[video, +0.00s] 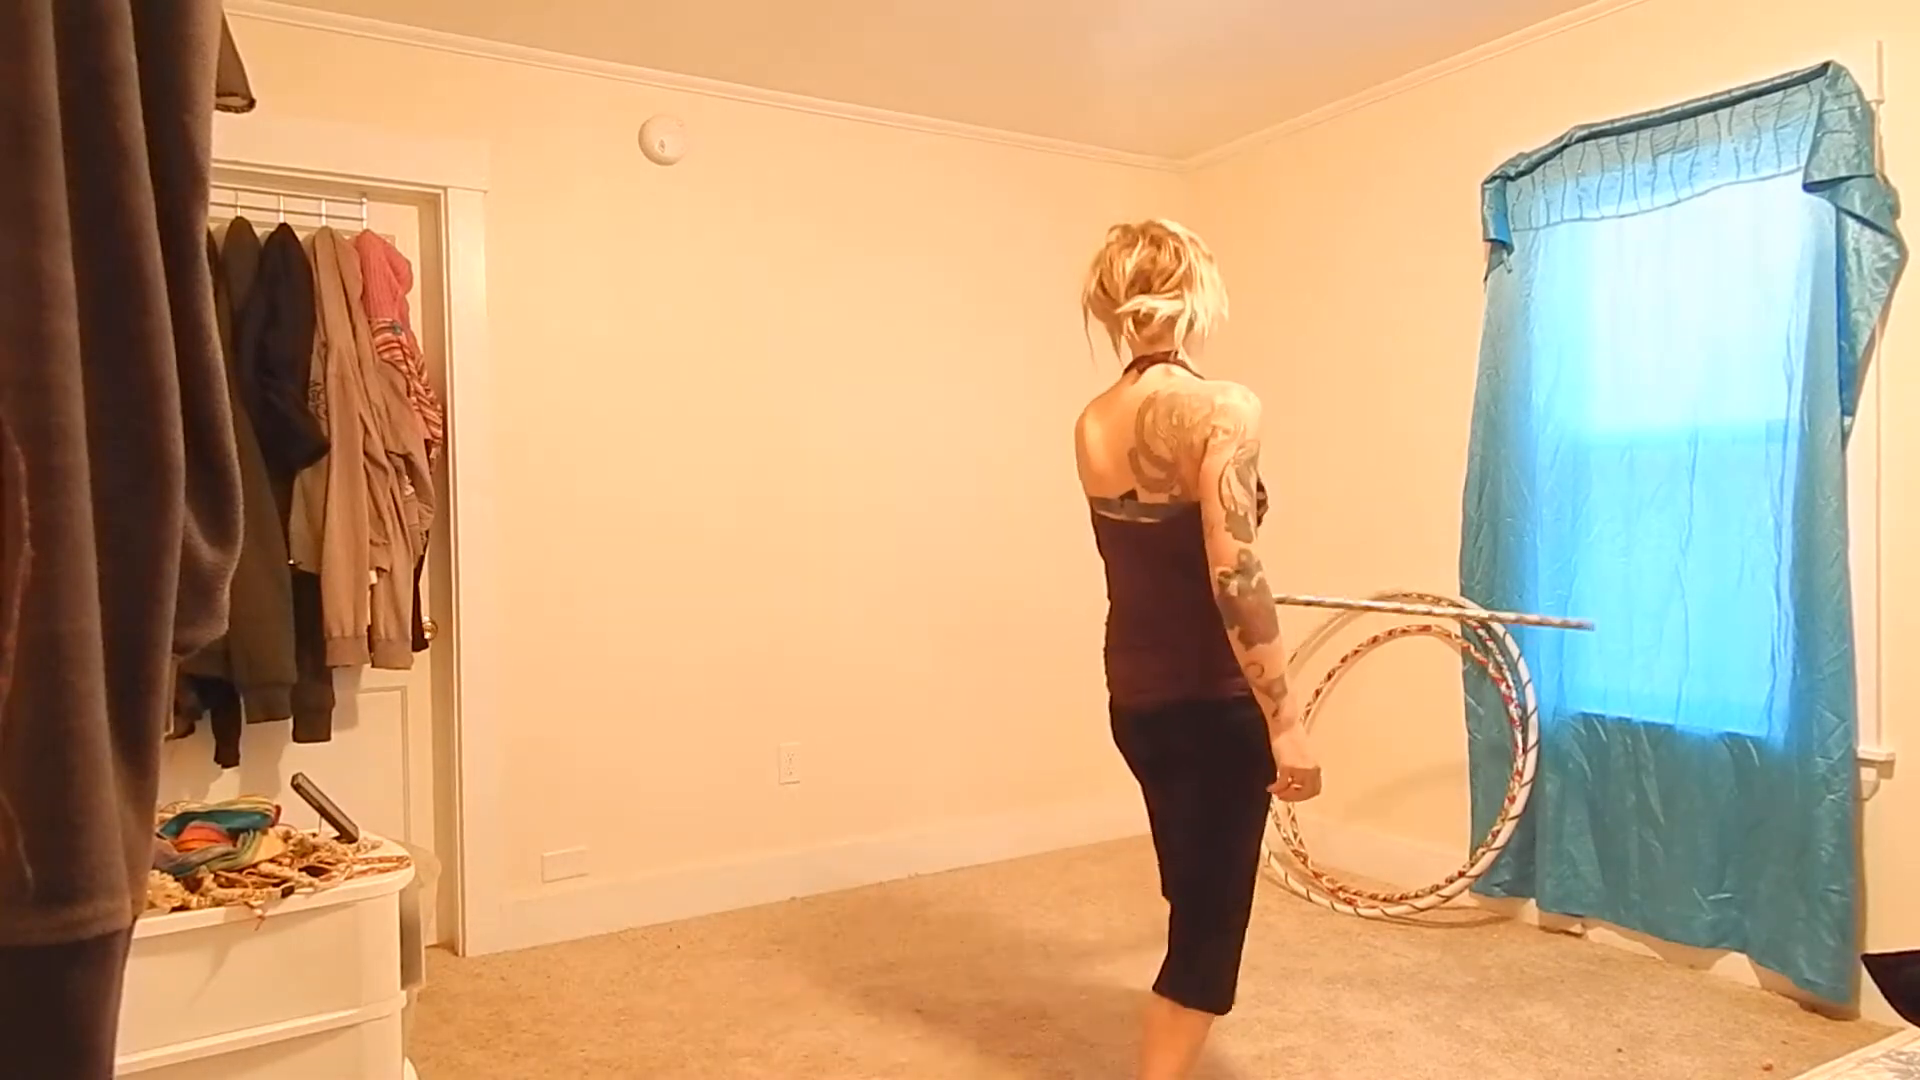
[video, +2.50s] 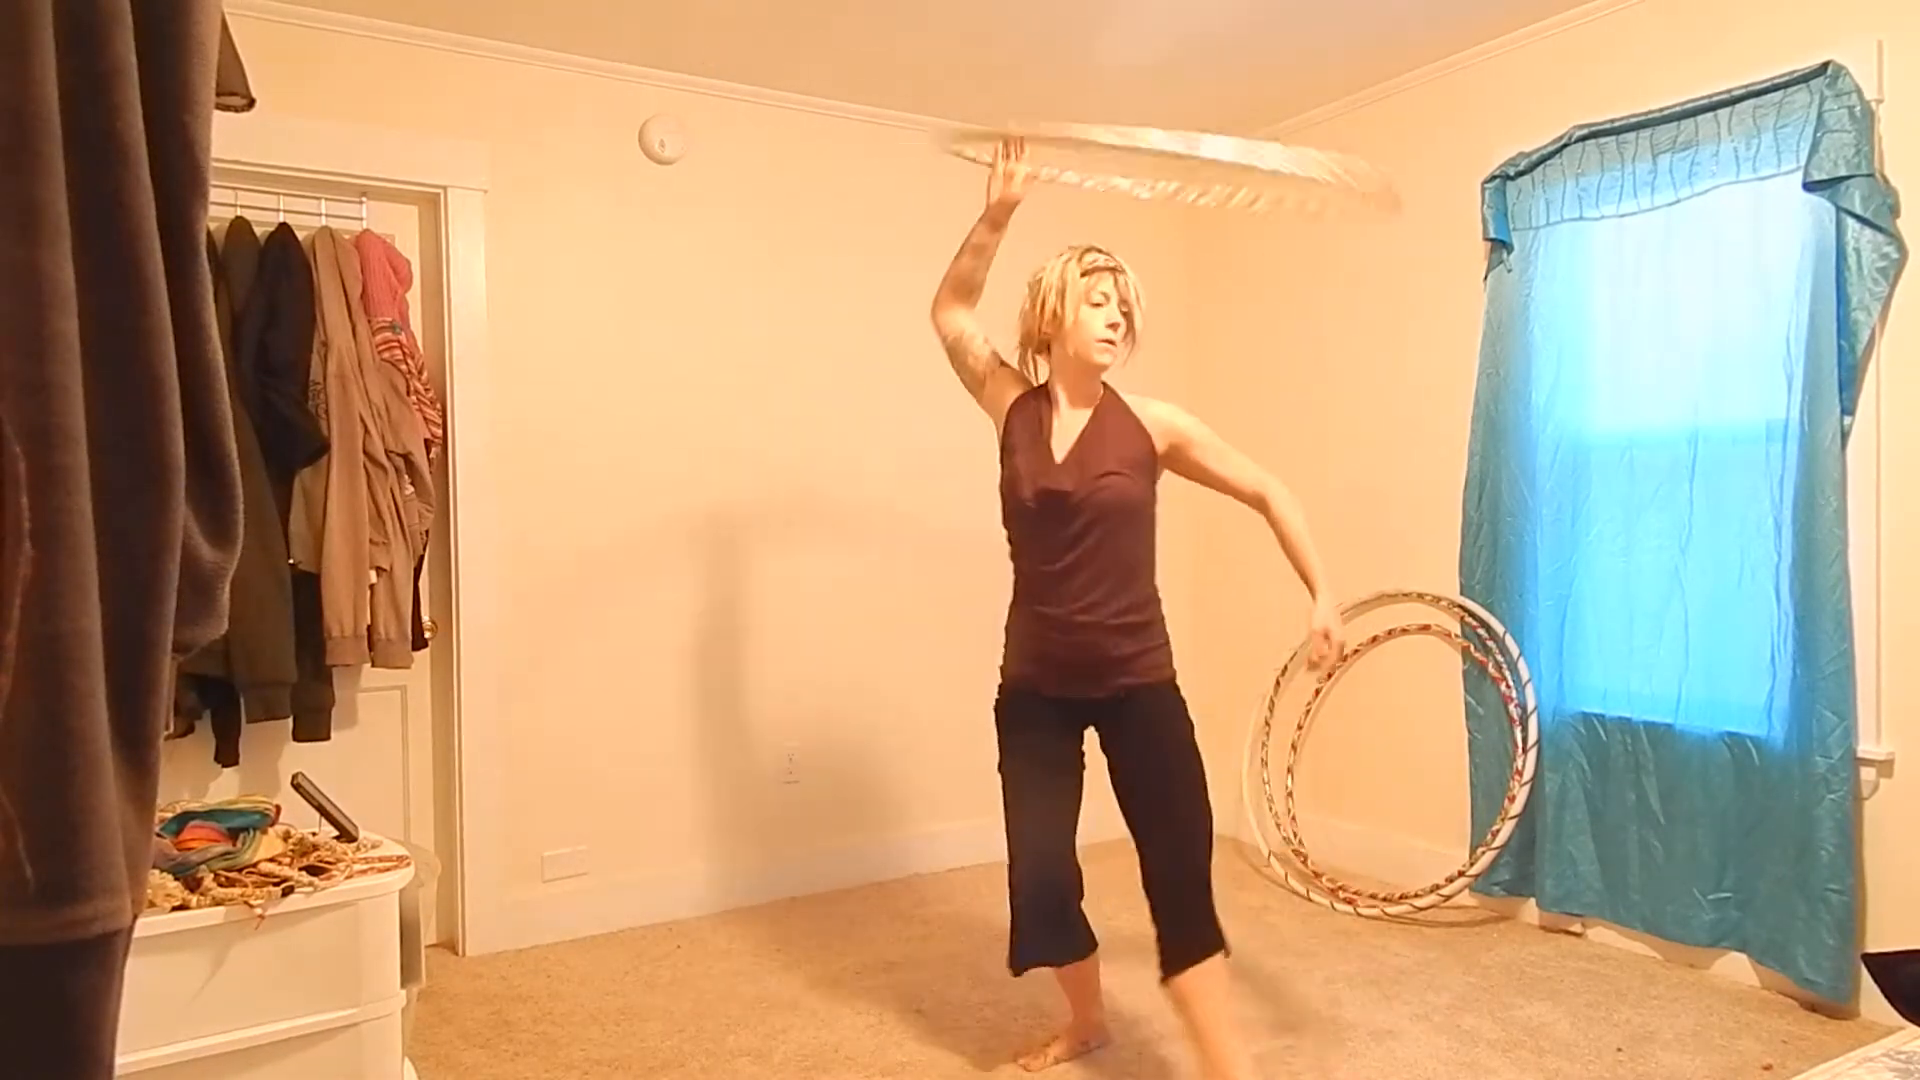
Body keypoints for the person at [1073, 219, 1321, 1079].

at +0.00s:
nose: (1199, 305)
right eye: (1198, 290)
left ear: (1111, 308)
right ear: (1196, 298)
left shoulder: (1094, 422)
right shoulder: (1215, 409)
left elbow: (1131, 574)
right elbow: (1232, 573)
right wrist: (1285, 718)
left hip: (1137, 700)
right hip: (1214, 697)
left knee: (1193, 915)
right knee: (1207, 933)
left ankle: (1180, 1059)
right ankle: (1155, 1070)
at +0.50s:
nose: (1112, 352)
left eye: (1112, 336)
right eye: (1110, 338)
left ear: (1127, 334)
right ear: (1197, 323)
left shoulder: (1108, 432)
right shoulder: (1254, 413)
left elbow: (1057, 551)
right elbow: (1300, 536)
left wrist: (998, 643)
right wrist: (1325, 643)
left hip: (1159, 656)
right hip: (1251, 643)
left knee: (1203, 811)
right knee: (1311, 769)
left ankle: (1242, 982)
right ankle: (1272, 890)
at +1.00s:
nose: (1067, 367)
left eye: (1069, 349)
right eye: (1064, 350)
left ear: (1101, 340)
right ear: (1131, 332)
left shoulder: (1143, 410)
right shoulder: (1180, 395)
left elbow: (1258, 489)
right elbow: (1294, 456)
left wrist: (1295, 594)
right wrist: (1342, 542)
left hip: (1189, 646)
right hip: (1200, 639)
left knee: (1215, 812)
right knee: (1063, 739)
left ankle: (1245, 981)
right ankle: (1110, 889)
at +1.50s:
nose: (999, 380)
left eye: (1007, 363)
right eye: (999, 364)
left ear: (1051, 357)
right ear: (1038, 361)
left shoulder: (1141, 431)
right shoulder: (1033, 456)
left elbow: (1229, 546)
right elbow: (939, 518)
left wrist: (1211, 668)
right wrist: (907, 593)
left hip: (1146, 683)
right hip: (1054, 681)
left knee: (1141, 873)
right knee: (1034, 857)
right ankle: (1079, 1025)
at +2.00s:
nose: (1061, 319)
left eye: (1076, 309)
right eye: (1049, 306)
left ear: (1092, 333)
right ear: (1017, 321)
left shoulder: (1102, 430)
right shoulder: (987, 397)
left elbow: (1136, 493)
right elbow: (980, 278)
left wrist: (1016, 502)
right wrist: (1080, 201)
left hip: (1110, 643)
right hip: (1019, 663)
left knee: (1225, 751)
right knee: (1043, 843)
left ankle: (1351, 914)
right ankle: (1080, 1016)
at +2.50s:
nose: (1117, 317)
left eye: (1124, 305)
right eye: (1099, 301)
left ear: (1129, 327)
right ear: (1050, 316)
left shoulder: (1151, 423)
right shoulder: (1014, 404)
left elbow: (1269, 494)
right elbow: (951, 313)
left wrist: (1324, 605)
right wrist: (992, 219)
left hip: (1139, 678)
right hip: (1037, 680)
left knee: (1178, 868)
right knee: (1038, 869)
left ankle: (1223, 1061)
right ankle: (1085, 1029)